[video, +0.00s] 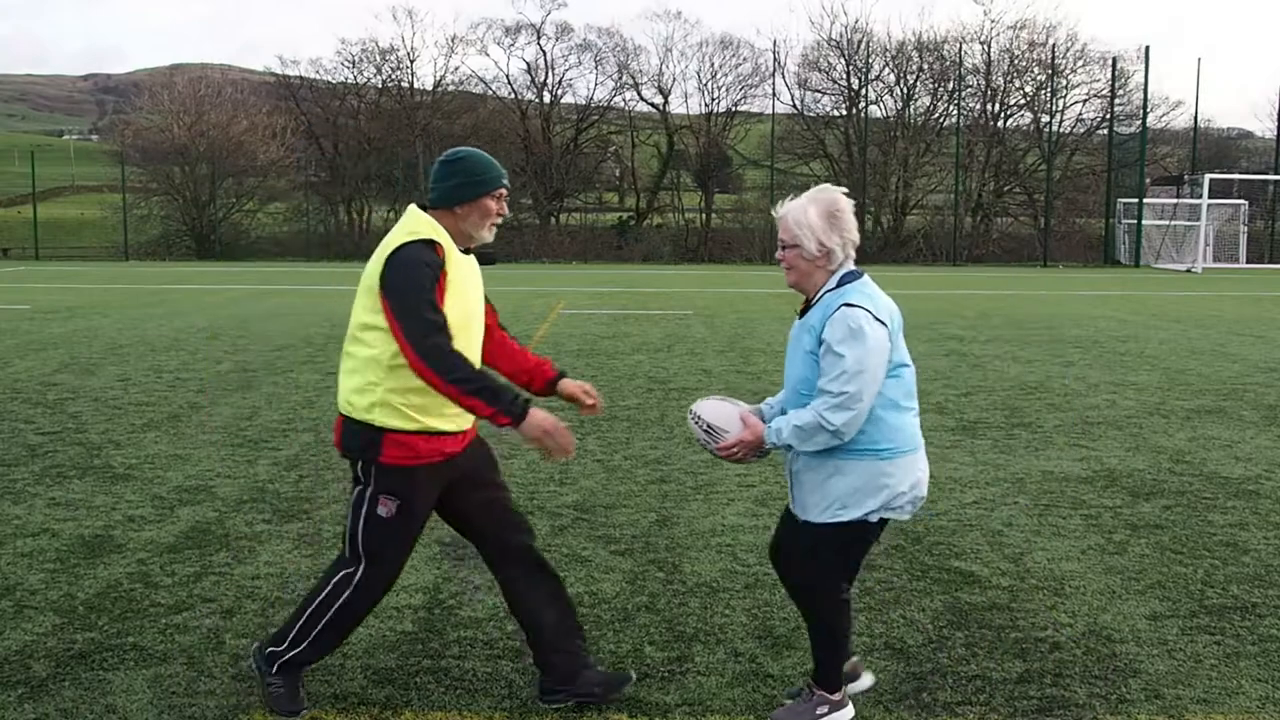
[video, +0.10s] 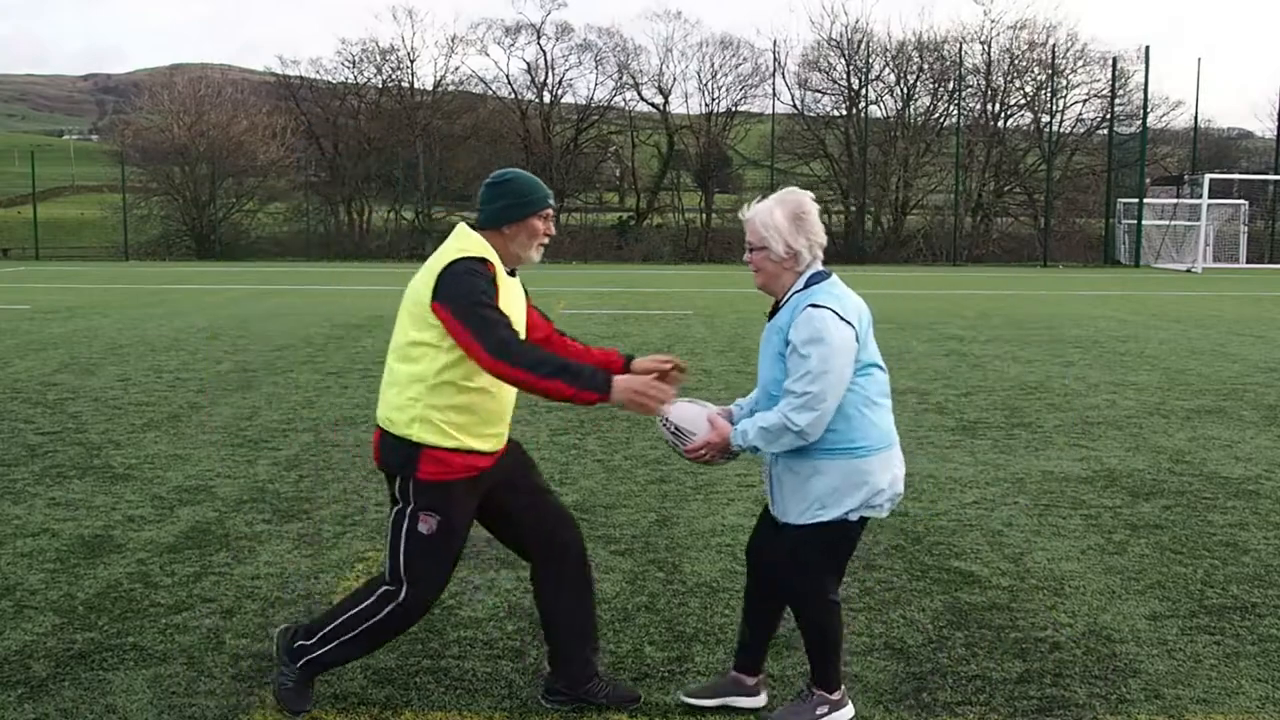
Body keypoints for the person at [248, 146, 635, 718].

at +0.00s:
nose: (503, 211)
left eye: (504, 199)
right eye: (494, 200)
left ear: (463, 202)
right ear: (458, 202)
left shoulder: (456, 255)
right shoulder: (412, 256)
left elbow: (488, 336)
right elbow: (435, 358)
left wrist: (555, 381)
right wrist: (522, 412)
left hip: (453, 439)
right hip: (394, 444)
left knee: (514, 550)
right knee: (366, 571)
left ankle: (566, 674)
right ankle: (280, 659)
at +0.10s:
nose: (550, 231)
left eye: (552, 219)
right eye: (542, 219)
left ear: (508, 225)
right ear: (507, 221)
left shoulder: (499, 275)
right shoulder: (461, 272)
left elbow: (546, 341)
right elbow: (506, 355)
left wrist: (625, 365)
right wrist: (608, 390)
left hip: (483, 446)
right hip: (429, 451)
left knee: (558, 543)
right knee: (408, 590)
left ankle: (574, 678)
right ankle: (302, 651)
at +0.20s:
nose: (590, 242)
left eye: (590, 233)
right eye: (583, 232)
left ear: (547, 233)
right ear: (551, 235)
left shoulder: (530, 280)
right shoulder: (503, 280)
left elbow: (584, 345)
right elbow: (566, 358)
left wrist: (668, 353)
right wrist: (671, 363)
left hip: (499, 450)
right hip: (447, 453)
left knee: (576, 538)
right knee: (434, 598)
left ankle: (577, 680)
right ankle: (314, 647)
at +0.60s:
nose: (552, 235)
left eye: (552, 224)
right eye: (544, 224)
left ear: (508, 228)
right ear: (509, 225)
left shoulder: (500, 276)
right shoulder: (465, 274)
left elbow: (538, 344)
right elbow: (512, 352)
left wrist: (613, 365)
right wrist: (617, 352)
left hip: (490, 451)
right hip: (437, 456)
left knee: (568, 539)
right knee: (434, 599)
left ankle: (578, 678)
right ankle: (310, 652)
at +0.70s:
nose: (492, 210)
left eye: (494, 200)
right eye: (486, 198)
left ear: (452, 199)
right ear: (451, 196)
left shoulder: (447, 246)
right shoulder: (409, 249)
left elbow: (469, 334)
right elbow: (447, 343)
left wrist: (548, 364)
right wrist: (547, 365)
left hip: (459, 435)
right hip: (406, 438)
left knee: (520, 544)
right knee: (400, 575)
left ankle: (573, 673)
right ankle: (299, 665)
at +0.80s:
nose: (446, 194)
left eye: (446, 183)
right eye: (436, 183)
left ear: (408, 189)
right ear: (400, 186)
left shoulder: (401, 238)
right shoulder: (368, 240)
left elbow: (413, 328)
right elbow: (390, 340)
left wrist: (471, 361)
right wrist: (483, 383)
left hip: (414, 424)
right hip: (364, 430)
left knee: (474, 535)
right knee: (354, 558)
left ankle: (519, 660)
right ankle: (290, 680)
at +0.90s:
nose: (410, 190)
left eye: (410, 179)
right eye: (401, 178)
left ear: (371, 186)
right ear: (364, 182)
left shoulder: (367, 236)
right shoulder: (332, 238)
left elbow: (376, 332)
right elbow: (340, 346)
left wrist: (432, 373)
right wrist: (422, 403)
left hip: (381, 420)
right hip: (326, 425)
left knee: (441, 514)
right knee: (331, 556)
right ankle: (288, 682)